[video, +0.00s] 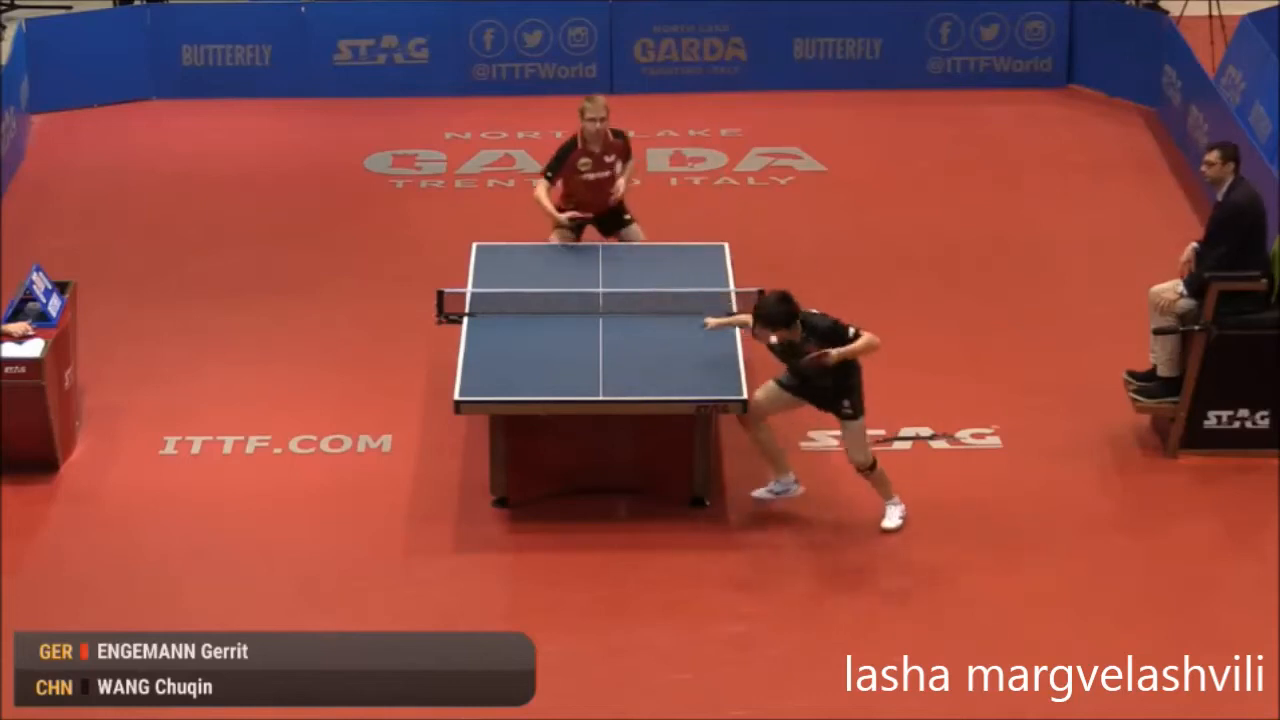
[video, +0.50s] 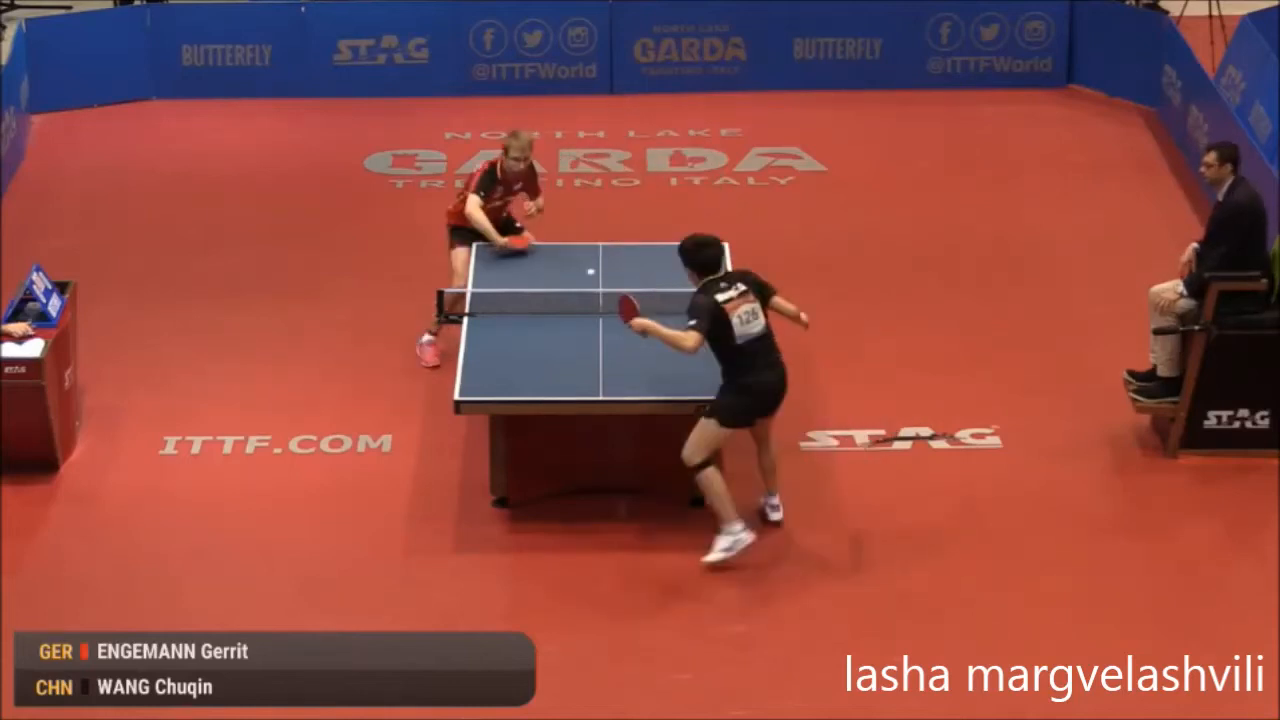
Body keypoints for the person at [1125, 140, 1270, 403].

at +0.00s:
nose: (1203, 170)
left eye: (1210, 165)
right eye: (1203, 164)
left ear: (1229, 167)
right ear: (1224, 168)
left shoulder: (1238, 202)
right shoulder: (1232, 194)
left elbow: (1221, 258)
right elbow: (1216, 239)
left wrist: (1184, 288)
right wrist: (1194, 247)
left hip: (1236, 290)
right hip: (1225, 280)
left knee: (1164, 305)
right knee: (1157, 294)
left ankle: (1170, 379)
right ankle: (1161, 368)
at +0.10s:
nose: (1203, 170)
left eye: (1210, 165)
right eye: (1203, 164)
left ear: (1229, 167)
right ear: (1223, 168)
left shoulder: (1238, 202)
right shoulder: (1231, 194)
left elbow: (1221, 259)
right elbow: (1216, 239)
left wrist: (1184, 288)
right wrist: (1194, 247)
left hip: (1236, 291)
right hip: (1224, 280)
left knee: (1164, 305)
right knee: (1157, 295)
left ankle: (1170, 379)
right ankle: (1161, 368)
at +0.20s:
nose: (1203, 170)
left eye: (1210, 165)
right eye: (1203, 164)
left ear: (1229, 167)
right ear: (1223, 168)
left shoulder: (1238, 202)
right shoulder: (1231, 194)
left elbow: (1221, 258)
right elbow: (1216, 239)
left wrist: (1184, 288)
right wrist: (1194, 247)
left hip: (1236, 291)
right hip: (1224, 280)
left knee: (1164, 305)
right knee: (1157, 294)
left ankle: (1170, 378)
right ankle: (1161, 368)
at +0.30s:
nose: (1203, 171)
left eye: (1209, 165)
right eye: (1203, 165)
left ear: (1229, 167)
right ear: (1223, 168)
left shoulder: (1238, 202)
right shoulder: (1231, 194)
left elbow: (1221, 258)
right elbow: (1216, 239)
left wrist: (1184, 288)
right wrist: (1194, 247)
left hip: (1236, 291)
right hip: (1224, 280)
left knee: (1163, 305)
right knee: (1157, 294)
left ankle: (1170, 378)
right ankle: (1161, 368)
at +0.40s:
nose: (1203, 171)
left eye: (1209, 165)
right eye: (1203, 165)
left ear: (1228, 167)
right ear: (1223, 168)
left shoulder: (1237, 202)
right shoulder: (1233, 194)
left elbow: (1219, 259)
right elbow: (1216, 238)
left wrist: (1184, 288)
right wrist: (1194, 247)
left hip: (1236, 291)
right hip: (1225, 280)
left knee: (1163, 304)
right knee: (1157, 294)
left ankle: (1170, 378)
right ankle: (1161, 368)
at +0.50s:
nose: (1202, 171)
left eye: (1208, 166)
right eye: (1202, 165)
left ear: (1227, 168)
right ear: (1223, 168)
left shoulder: (1237, 203)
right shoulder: (1233, 194)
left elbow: (1220, 259)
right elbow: (1217, 238)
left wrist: (1184, 289)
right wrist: (1195, 247)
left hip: (1236, 291)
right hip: (1226, 280)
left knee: (1163, 304)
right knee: (1157, 294)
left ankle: (1170, 378)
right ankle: (1161, 368)